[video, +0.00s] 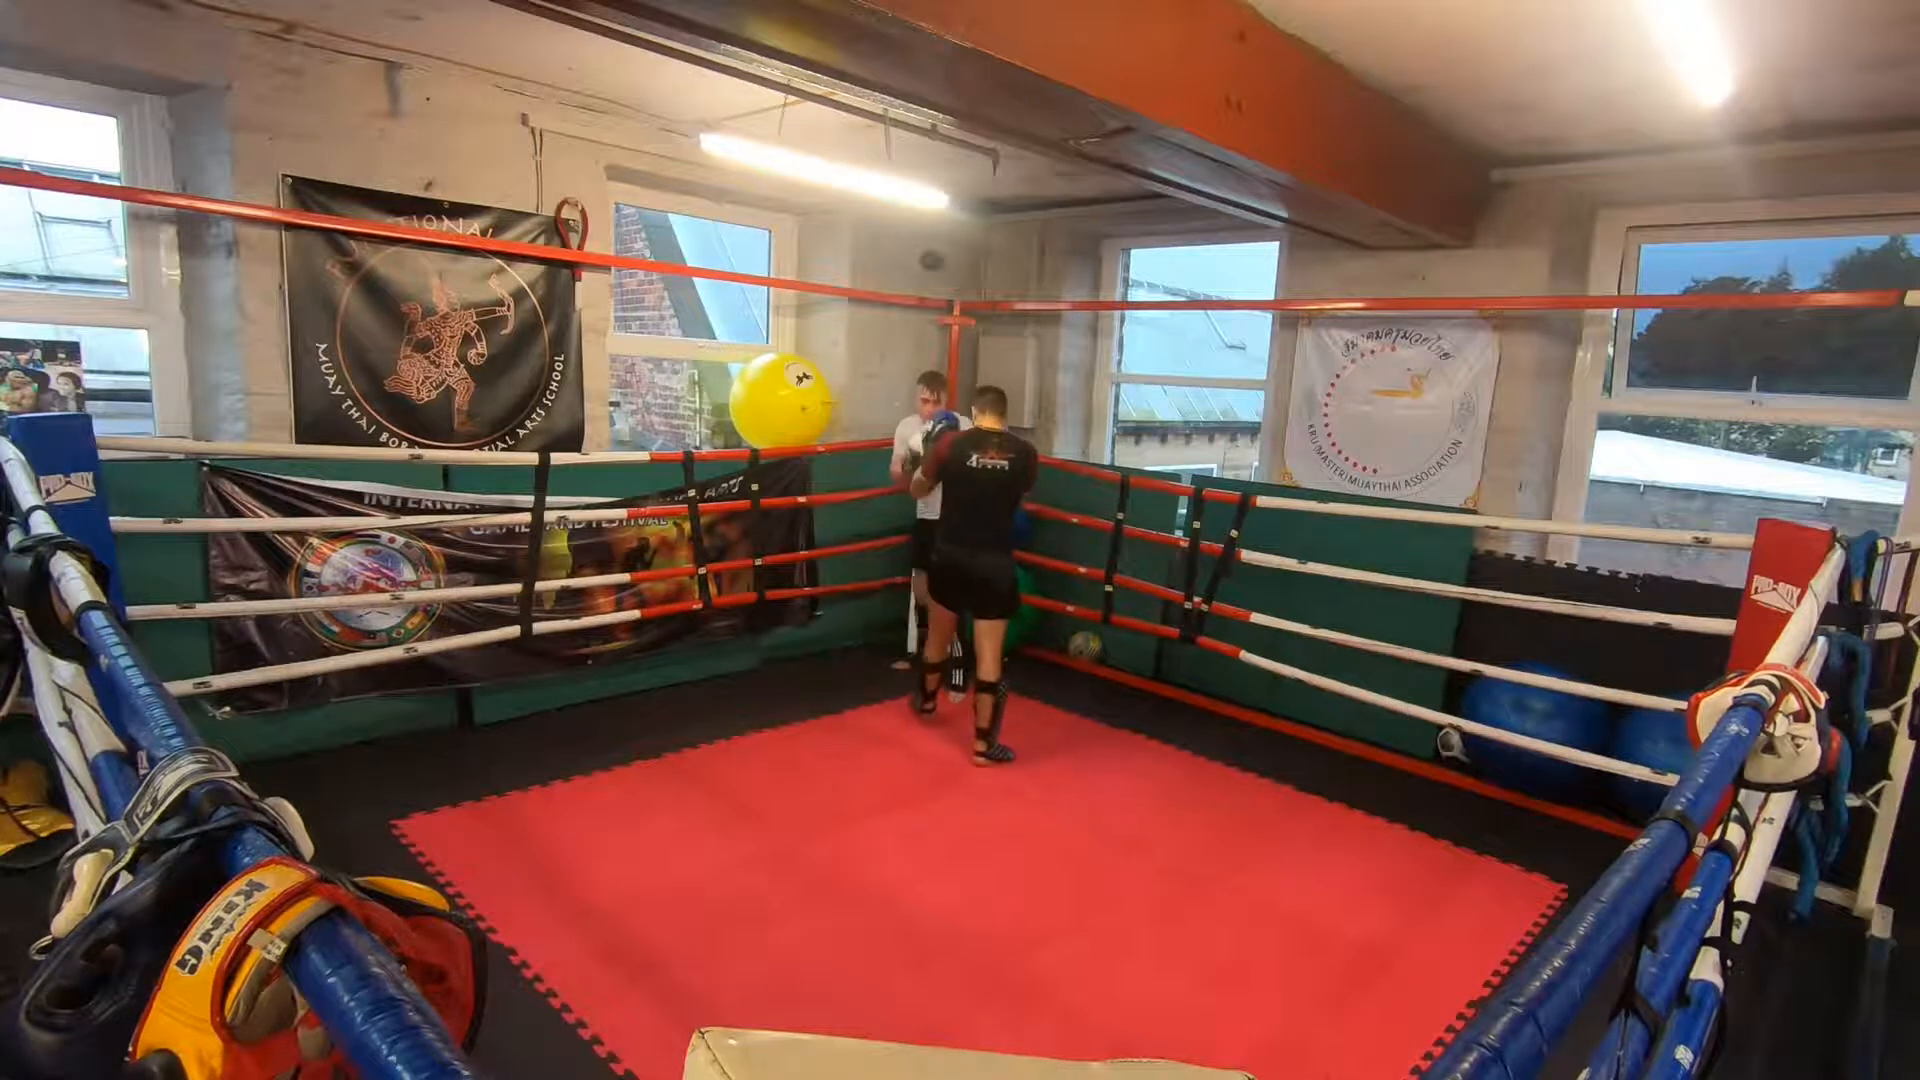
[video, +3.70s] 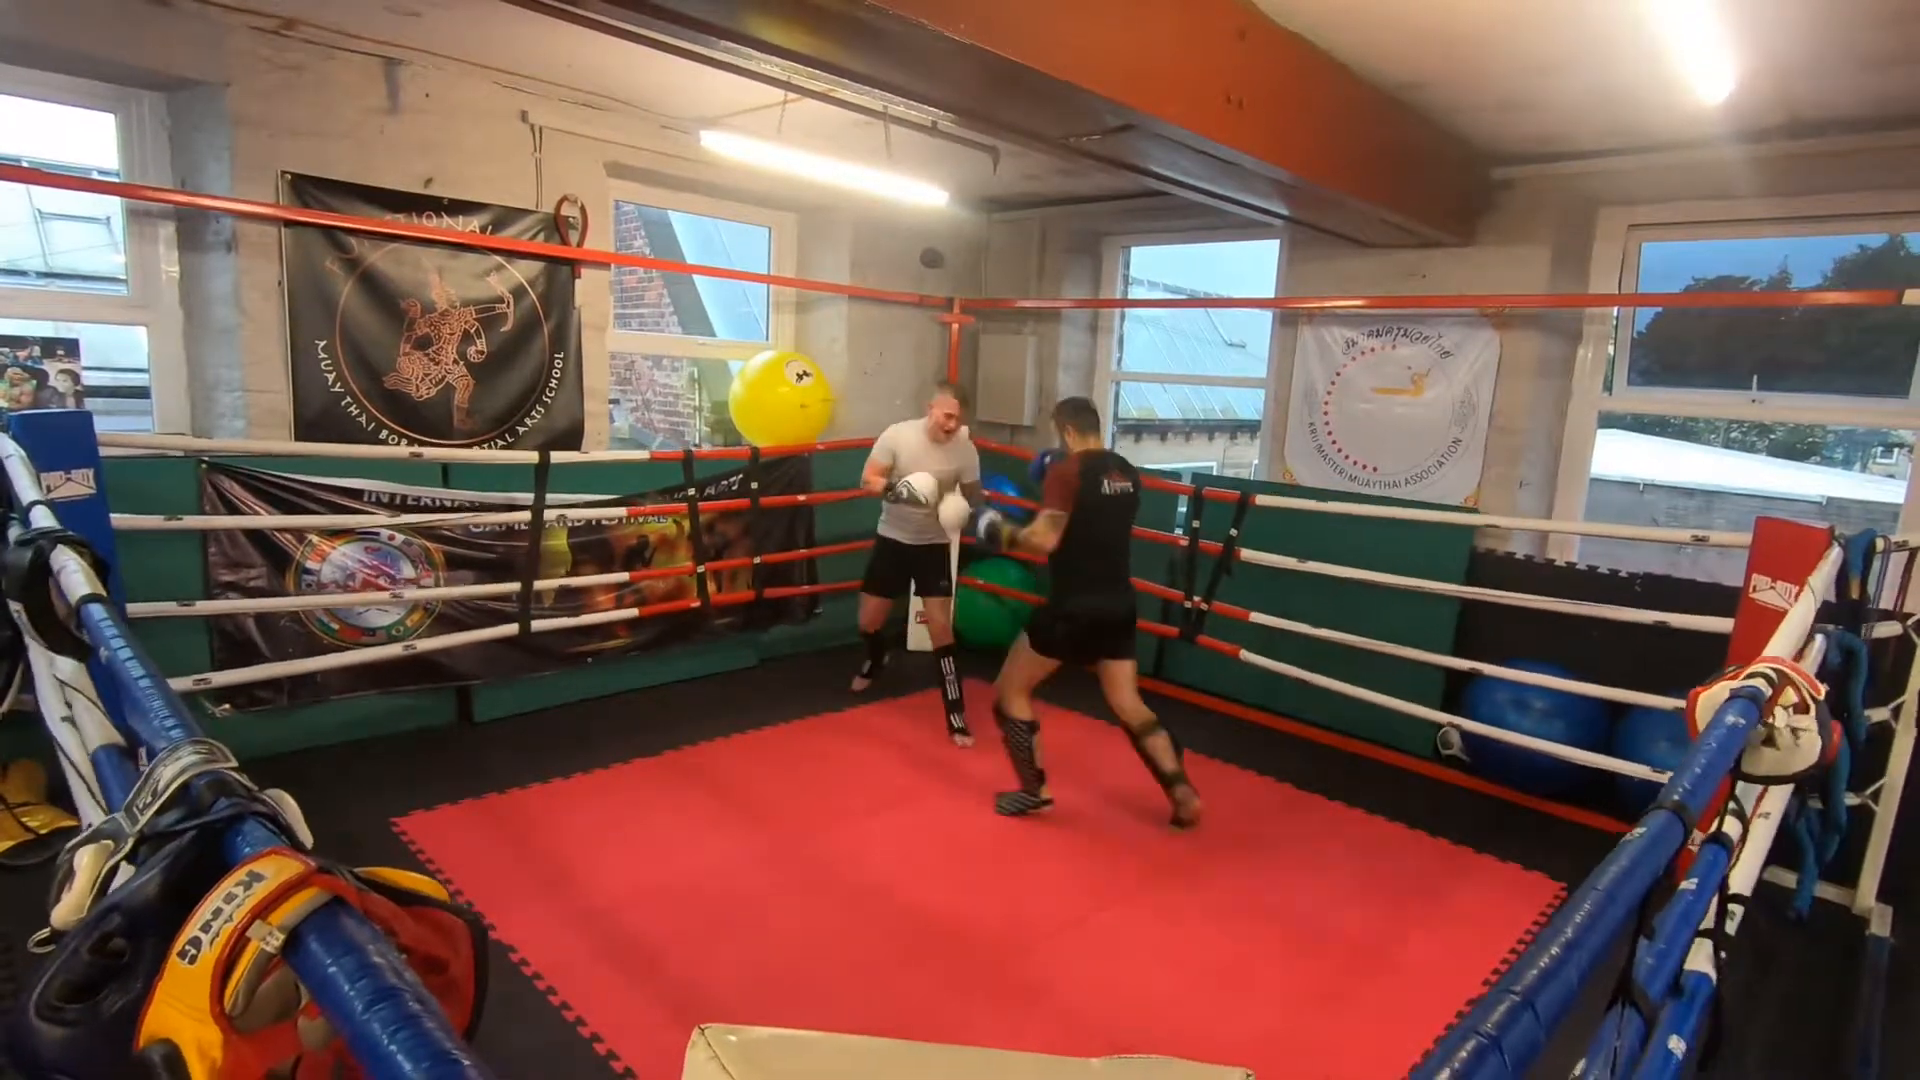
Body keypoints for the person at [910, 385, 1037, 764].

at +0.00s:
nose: (976, 417)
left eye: (974, 410)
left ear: (974, 412)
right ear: (1005, 414)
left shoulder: (950, 443)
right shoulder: (1025, 453)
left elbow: (919, 488)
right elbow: (1021, 493)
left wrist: (910, 470)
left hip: (949, 557)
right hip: (994, 562)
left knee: (938, 636)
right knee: (989, 654)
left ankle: (927, 701)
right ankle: (984, 743)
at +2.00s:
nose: (980, 414)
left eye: (961, 408)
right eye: (987, 407)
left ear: (953, 408)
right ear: (990, 408)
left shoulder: (931, 444)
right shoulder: (1010, 445)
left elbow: (917, 494)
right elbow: (1023, 502)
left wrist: (946, 467)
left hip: (942, 562)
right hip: (990, 564)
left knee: (937, 646)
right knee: (1002, 655)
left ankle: (929, 730)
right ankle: (1002, 742)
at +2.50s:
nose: (1042, 425)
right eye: (1042, 421)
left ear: (1003, 415)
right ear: (1040, 421)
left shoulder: (981, 443)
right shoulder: (1055, 456)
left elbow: (965, 466)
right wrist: (1036, 432)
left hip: (976, 564)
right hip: (1020, 570)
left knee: (969, 648)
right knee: (1014, 665)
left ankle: (962, 728)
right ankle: (1006, 755)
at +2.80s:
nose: (1069, 438)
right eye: (1071, 432)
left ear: (1035, 425)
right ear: (1071, 434)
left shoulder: (1003, 457)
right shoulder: (1079, 476)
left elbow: (978, 496)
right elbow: (1070, 509)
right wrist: (1054, 459)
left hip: (993, 580)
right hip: (1040, 589)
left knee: (977, 655)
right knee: (1060, 684)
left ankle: (965, 730)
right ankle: (1055, 768)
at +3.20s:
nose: (1071, 423)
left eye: (1071, 417)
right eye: (1080, 419)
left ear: (1073, 417)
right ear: (1109, 420)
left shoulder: (1047, 454)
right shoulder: (1126, 469)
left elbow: (998, 500)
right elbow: (1087, 498)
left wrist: (996, 463)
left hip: (1037, 587)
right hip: (1088, 595)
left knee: (1006, 663)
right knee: (1071, 684)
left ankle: (1009, 759)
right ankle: (1057, 779)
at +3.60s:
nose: (1058, 429)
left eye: (1058, 422)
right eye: (1060, 423)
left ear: (1066, 421)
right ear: (1099, 419)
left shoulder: (1056, 460)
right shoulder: (1129, 464)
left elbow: (1025, 528)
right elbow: (1103, 519)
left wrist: (1003, 511)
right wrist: (1038, 505)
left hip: (1062, 595)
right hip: (1109, 596)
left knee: (1047, 697)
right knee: (1102, 682)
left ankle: (1054, 801)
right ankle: (1118, 780)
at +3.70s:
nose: (1059, 441)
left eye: (1058, 436)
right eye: (1060, 436)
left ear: (1067, 432)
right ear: (1098, 430)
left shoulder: (1066, 470)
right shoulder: (1125, 472)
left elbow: (1042, 540)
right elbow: (1097, 521)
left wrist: (1000, 531)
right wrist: (1056, 478)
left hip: (1070, 607)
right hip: (1118, 607)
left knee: (1011, 688)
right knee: (1126, 700)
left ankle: (1032, 787)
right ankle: (1180, 791)